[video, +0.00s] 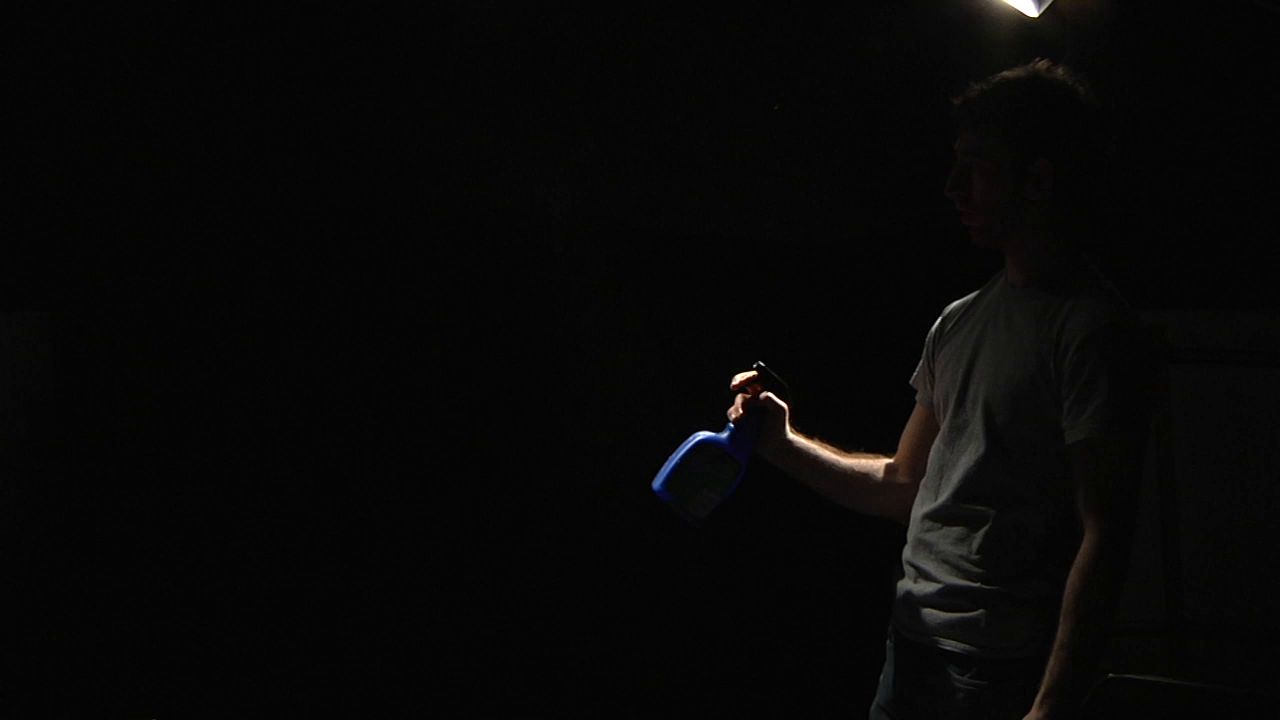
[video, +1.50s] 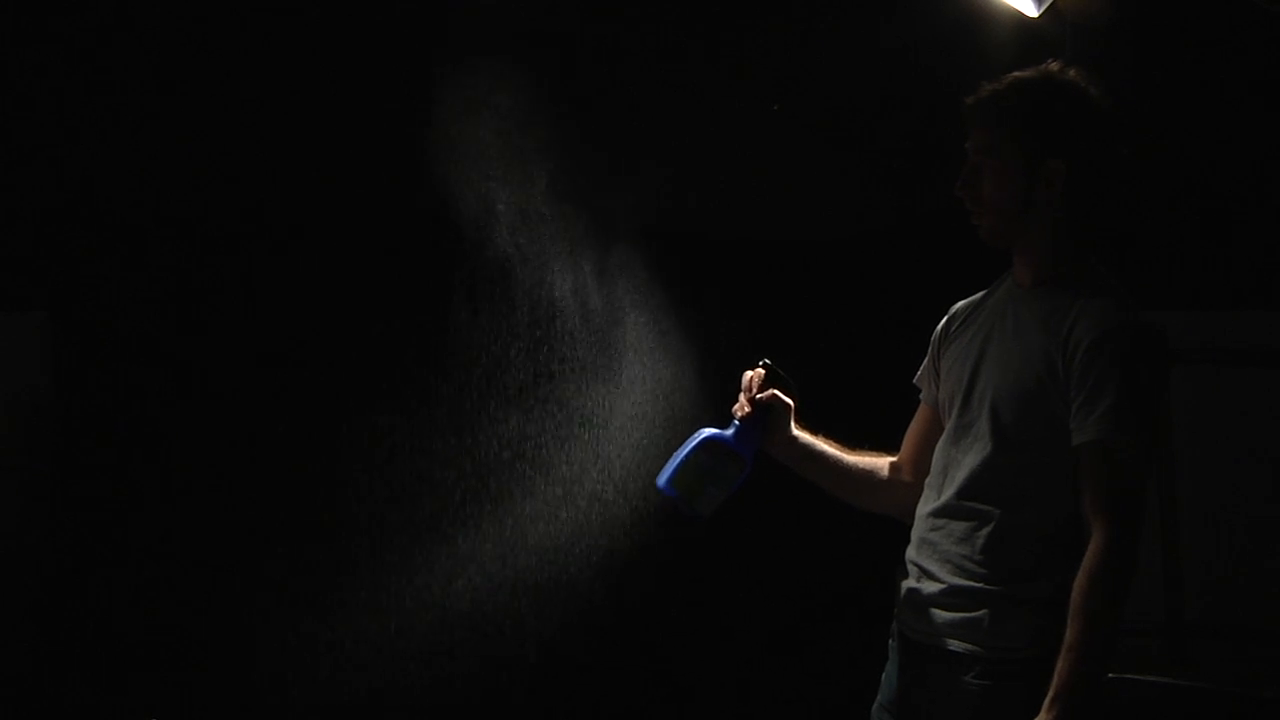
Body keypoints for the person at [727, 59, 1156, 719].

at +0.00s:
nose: (956, 183)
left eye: (976, 162)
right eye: (959, 162)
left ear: (1036, 176)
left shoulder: (1095, 327)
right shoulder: (958, 322)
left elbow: (1106, 531)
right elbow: (905, 484)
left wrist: (1052, 701)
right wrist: (784, 441)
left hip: (1007, 661)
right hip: (914, 643)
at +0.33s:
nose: (960, 183)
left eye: (982, 163)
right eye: (964, 162)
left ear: (1040, 175)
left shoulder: (1096, 326)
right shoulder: (961, 322)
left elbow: (1109, 532)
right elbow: (907, 485)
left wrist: (1056, 700)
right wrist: (787, 439)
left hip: (1008, 658)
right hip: (917, 642)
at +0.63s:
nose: (967, 184)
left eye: (988, 164)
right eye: (970, 163)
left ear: (1049, 178)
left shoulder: (1104, 328)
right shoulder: (967, 322)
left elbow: (1117, 534)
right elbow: (911, 484)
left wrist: (1064, 700)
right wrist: (794, 439)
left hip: (1012, 660)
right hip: (919, 641)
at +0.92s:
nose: (973, 183)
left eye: (995, 163)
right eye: (977, 163)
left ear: (1053, 178)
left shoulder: (1107, 326)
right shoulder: (971, 321)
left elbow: (1120, 531)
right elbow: (913, 482)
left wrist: (1071, 699)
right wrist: (795, 438)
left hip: (1015, 657)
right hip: (922, 639)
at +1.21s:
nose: (972, 183)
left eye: (994, 163)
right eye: (976, 162)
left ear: (1052, 178)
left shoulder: (1106, 325)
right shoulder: (968, 321)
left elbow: (1117, 532)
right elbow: (910, 482)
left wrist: (1065, 700)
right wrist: (791, 435)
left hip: (1014, 655)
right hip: (920, 638)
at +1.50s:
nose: (966, 182)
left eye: (987, 161)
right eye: (969, 160)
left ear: (1046, 176)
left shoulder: (1099, 326)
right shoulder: (963, 322)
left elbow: (1112, 533)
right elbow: (907, 484)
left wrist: (1061, 701)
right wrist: (787, 436)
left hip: (1007, 658)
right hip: (917, 640)